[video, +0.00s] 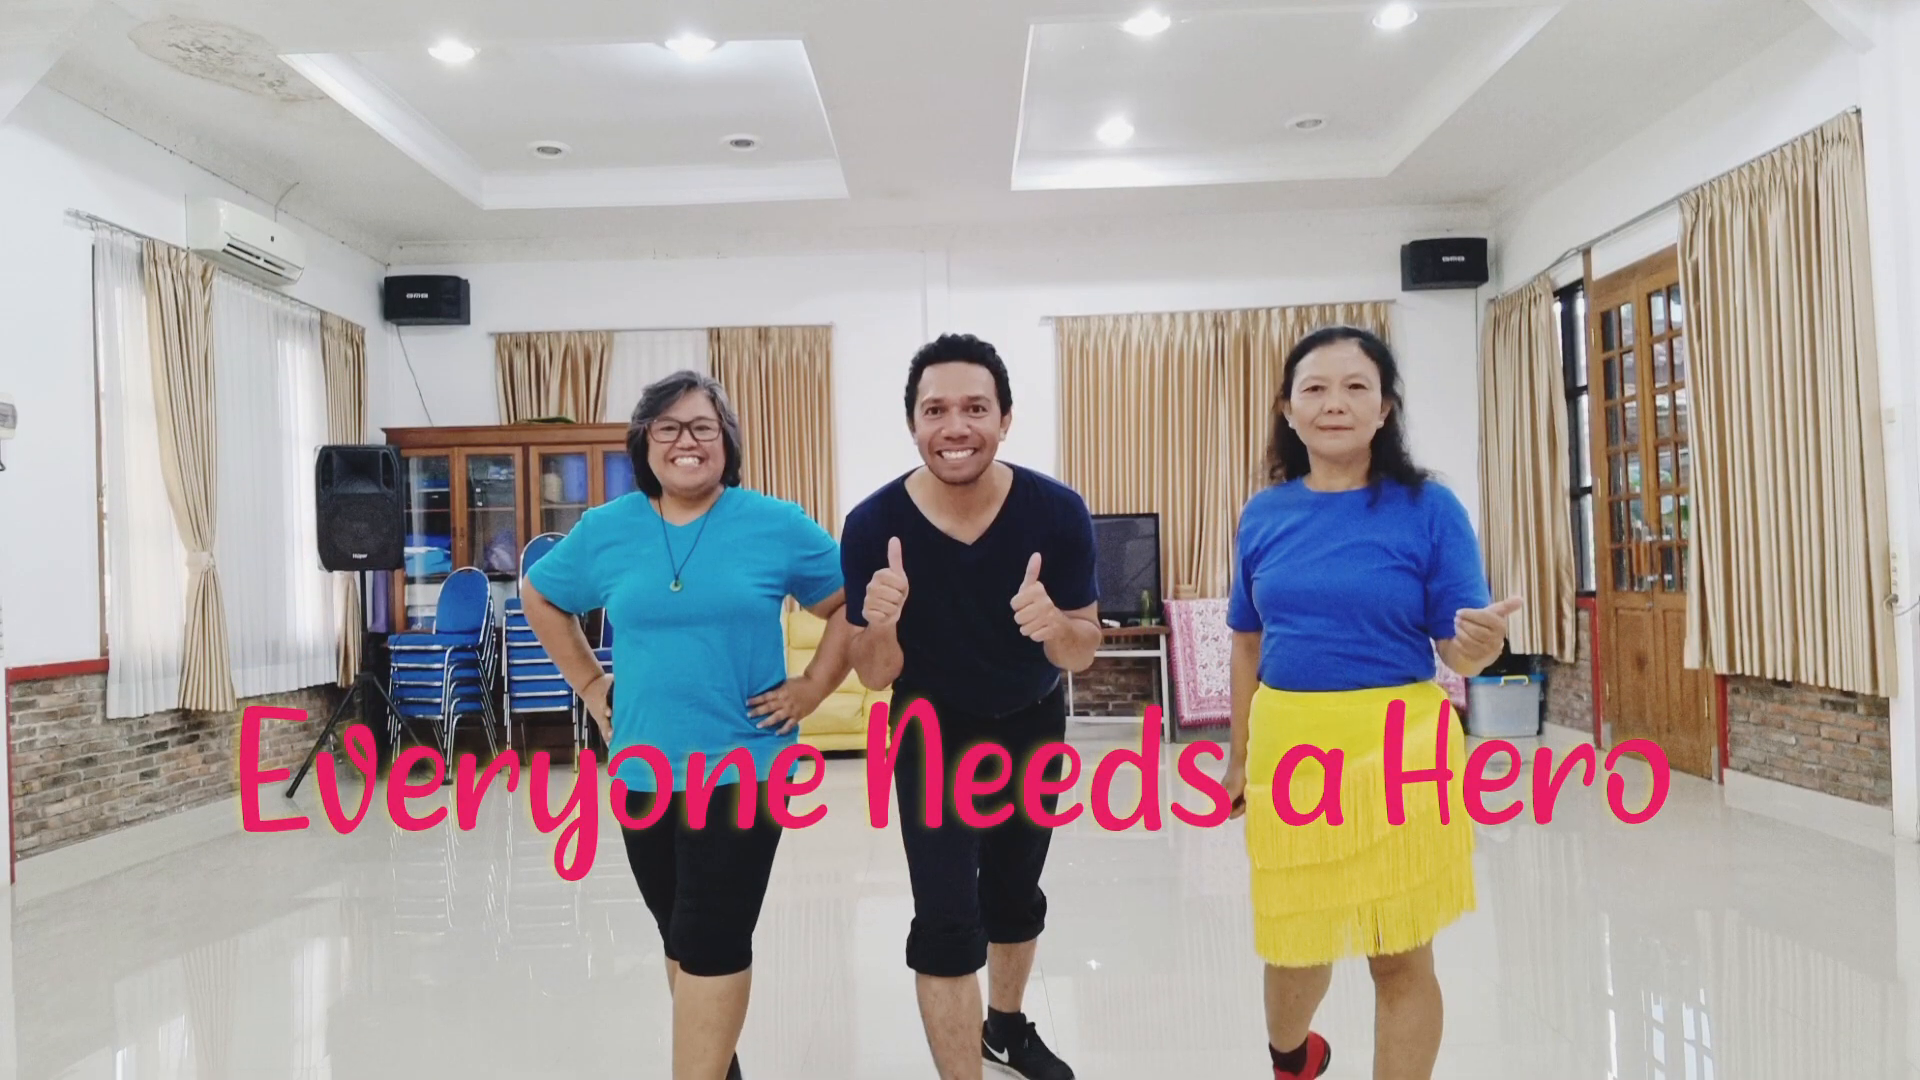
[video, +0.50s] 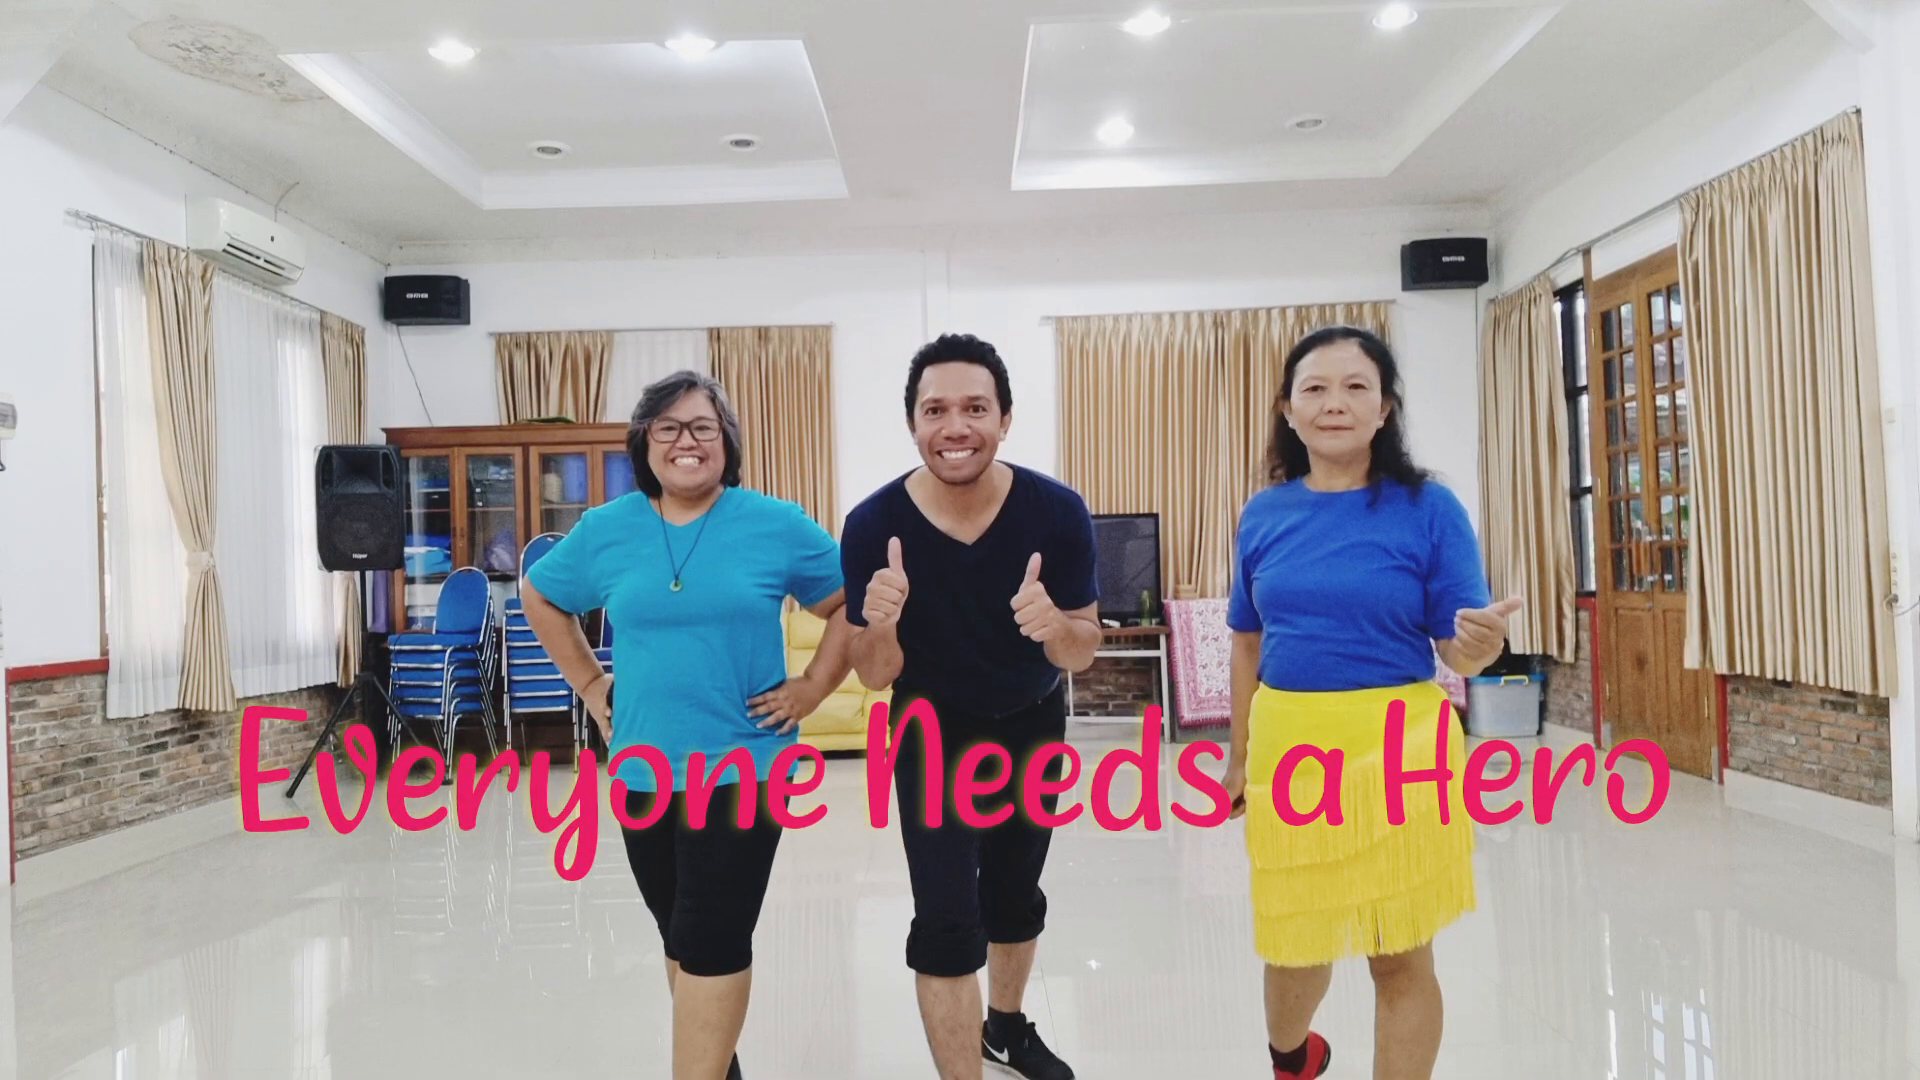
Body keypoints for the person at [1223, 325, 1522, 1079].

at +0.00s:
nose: (1334, 402)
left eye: (1354, 387)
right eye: (1314, 388)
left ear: (1385, 407)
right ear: (1290, 410)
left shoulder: (1428, 507)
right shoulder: (1265, 513)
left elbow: (1462, 651)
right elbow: (1248, 642)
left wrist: (1483, 639)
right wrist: (1239, 755)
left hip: (1400, 745)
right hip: (1289, 746)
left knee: (1397, 959)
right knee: (1293, 954)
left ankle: (1405, 1078)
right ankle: (1290, 1065)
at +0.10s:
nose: (1334, 402)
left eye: (1354, 387)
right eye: (1314, 388)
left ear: (1385, 407)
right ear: (1290, 410)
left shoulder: (1428, 507)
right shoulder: (1265, 513)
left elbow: (1462, 651)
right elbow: (1248, 642)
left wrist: (1483, 639)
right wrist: (1239, 755)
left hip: (1400, 745)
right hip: (1289, 746)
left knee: (1397, 959)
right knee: (1293, 954)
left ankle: (1405, 1078)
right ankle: (1290, 1065)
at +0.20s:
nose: (1334, 402)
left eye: (1354, 387)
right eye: (1314, 388)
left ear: (1385, 407)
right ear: (1290, 410)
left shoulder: (1428, 507)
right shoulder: (1265, 513)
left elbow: (1462, 651)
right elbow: (1248, 642)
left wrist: (1483, 639)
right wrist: (1239, 755)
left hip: (1400, 745)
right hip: (1289, 746)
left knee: (1397, 959)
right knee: (1293, 954)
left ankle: (1405, 1078)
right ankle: (1290, 1065)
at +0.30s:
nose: (1334, 402)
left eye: (1354, 387)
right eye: (1314, 388)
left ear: (1385, 407)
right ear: (1290, 410)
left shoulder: (1428, 507)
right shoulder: (1265, 513)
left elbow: (1462, 651)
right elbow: (1248, 642)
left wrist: (1483, 639)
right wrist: (1239, 755)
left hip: (1400, 745)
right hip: (1289, 745)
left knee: (1397, 959)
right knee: (1293, 954)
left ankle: (1405, 1078)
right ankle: (1290, 1065)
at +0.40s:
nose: (1334, 402)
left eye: (1354, 387)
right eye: (1314, 388)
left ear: (1385, 407)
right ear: (1290, 410)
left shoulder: (1428, 507)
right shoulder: (1265, 513)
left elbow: (1462, 651)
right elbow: (1248, 642)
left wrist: (1483, 639)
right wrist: (1239, 755)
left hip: (1400, 745)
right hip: (1289, 745)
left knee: (1397, 959)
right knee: (1293, 954)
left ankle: (1405, 1078)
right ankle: (1290, 1065)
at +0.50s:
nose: (1334, 402)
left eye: (1354, 387)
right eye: (1314, 388)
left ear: (1385, 407)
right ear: (1290, 410)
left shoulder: (1428, 507)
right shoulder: (1265, 513)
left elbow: (1462, 651)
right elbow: (1248, 642)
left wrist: (1483, 639)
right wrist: (1239, 755)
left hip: (1400, 745)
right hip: (1289, 745)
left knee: (1397, 959)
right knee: (1293, 954)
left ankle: (1405, 1078)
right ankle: (1290, 1065)